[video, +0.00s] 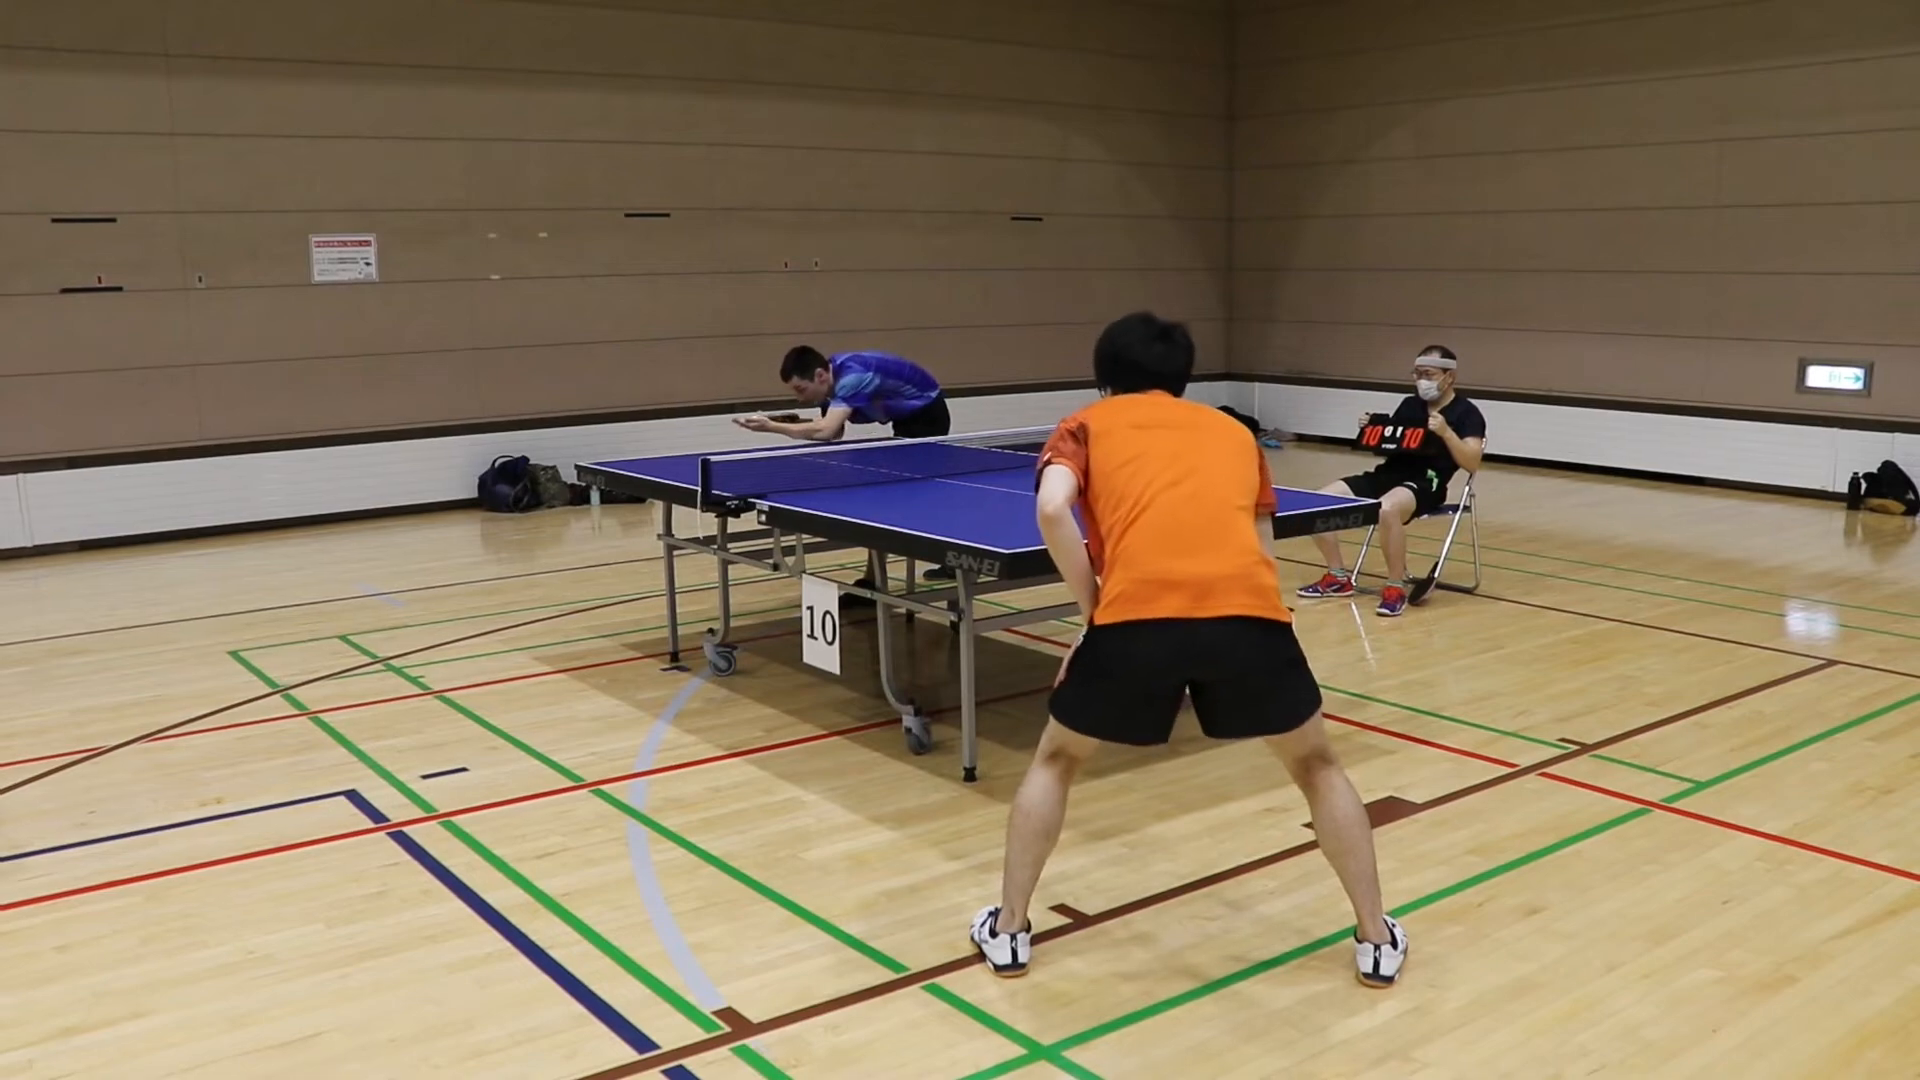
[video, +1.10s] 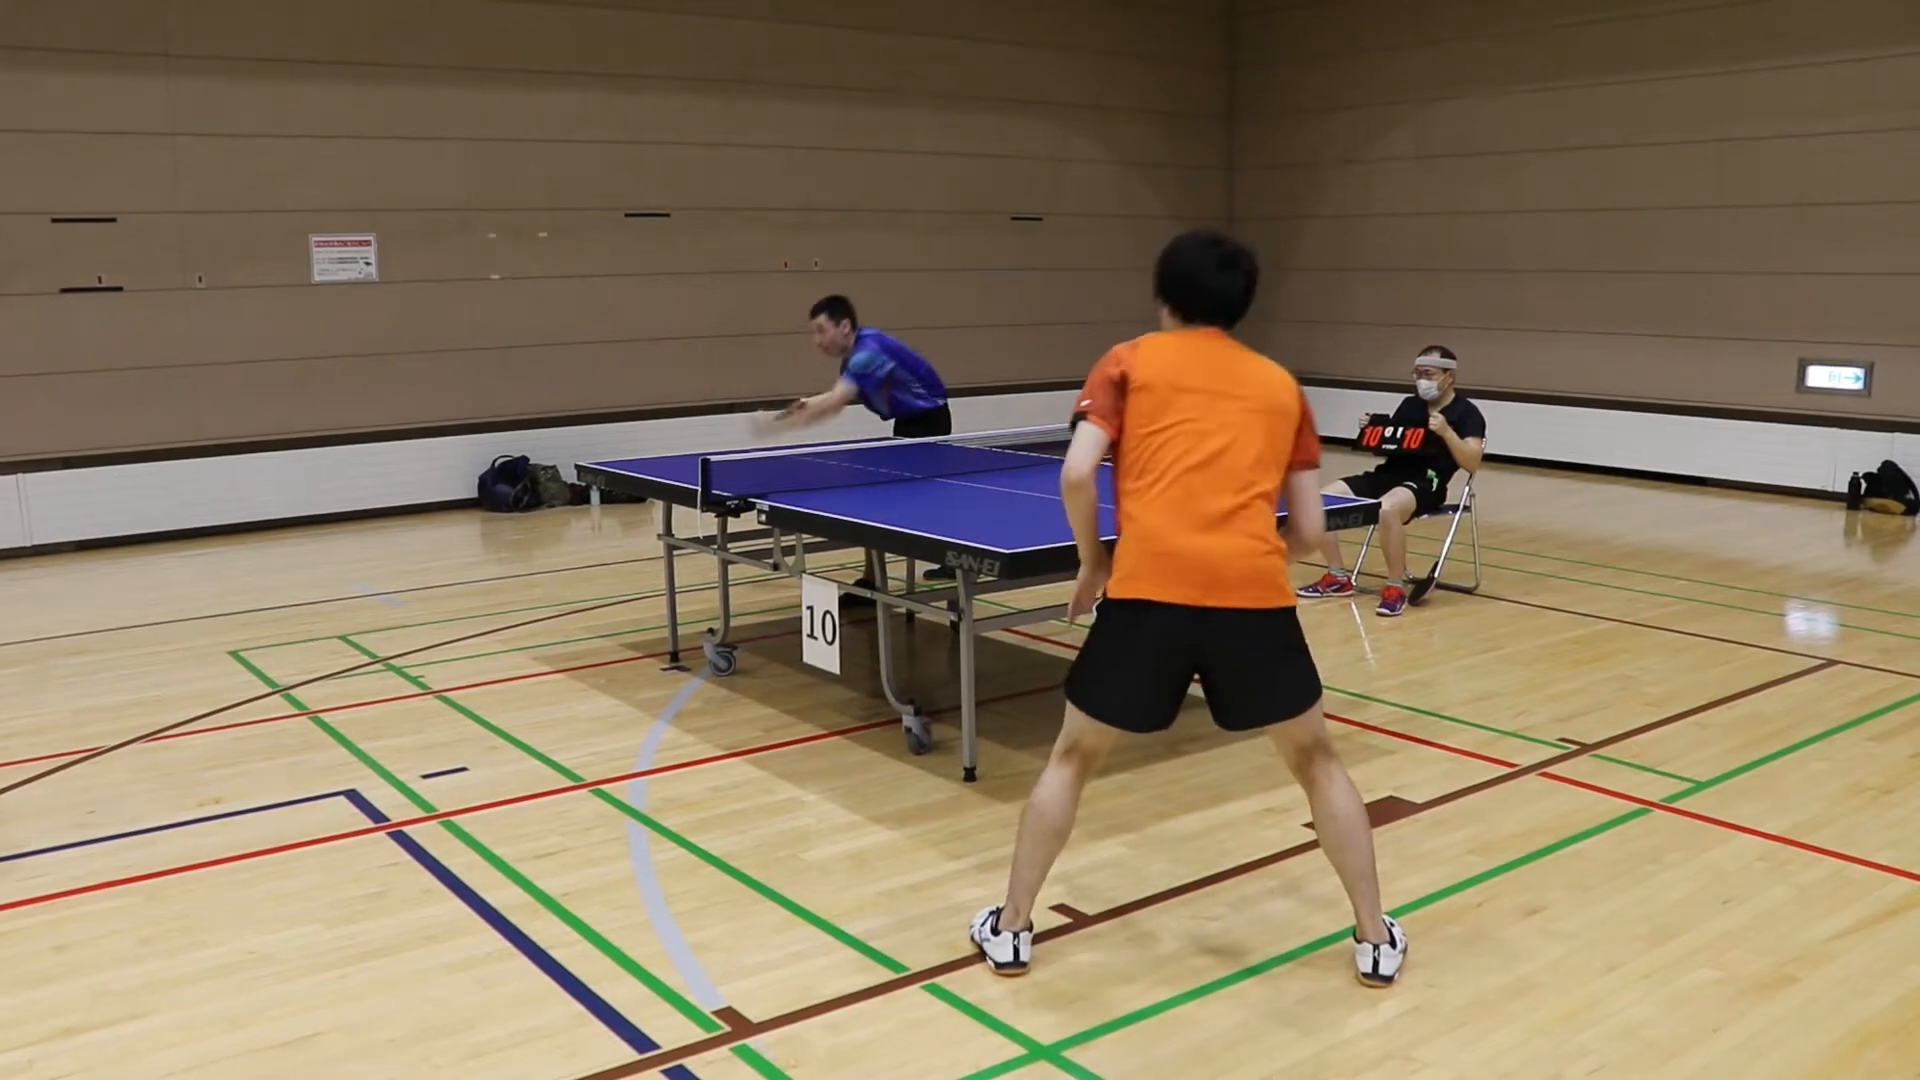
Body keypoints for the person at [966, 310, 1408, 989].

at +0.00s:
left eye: (1099, 374)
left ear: (1104, 376)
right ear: (1183, 378)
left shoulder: (1085, 424)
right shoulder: (1234, 430)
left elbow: (1052, 507)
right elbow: (1260, 546)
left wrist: (1094, 611)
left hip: (1134, 630)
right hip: (1249, 628)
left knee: (1056, 760)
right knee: (1317, 766)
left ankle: (1009, 929)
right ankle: (1378, 938)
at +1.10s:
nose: (1152, 306)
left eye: (1156, 295)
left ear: (1162, 299)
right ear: (1240, 306)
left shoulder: (1131, 361)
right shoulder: (1280, 386)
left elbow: (1076, 472)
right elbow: (1309, 532)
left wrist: (1093, 563)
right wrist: (1247, 543)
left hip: (1147, 596)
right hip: (1253, 603)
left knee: (1073, 757)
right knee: (1315, 757)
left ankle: (1013, 929)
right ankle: (1376, 937)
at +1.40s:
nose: (1215, 279)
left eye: (1217, 268)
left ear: (1223, 274)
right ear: (1300, 283)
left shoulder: (1189, 339)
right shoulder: (1332, 368)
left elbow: (1141, 447)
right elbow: (1357, 507)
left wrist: (1104, 512)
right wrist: (1294, 519)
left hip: (1191, 580)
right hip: (1296, 591)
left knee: (1107, 708)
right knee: (1340, 750)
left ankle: (1053, 875)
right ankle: (1376, 936)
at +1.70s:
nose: (1146, 292)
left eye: (1148, 282)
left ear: (1155, 289)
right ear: (1228, 292)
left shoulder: (1133, 360)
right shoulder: (1263, 371)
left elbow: (1093, 472)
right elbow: (1306, 501)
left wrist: (1052, 525)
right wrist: (1249, 511)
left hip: (1162, 591)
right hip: (1263, 595)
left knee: (1085, 712)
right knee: (1314, 724)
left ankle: (1052, 875)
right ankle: (1361, 884)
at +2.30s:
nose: (1133, 350)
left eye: (1134, 340)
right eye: (1137, 340)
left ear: (1144, 344)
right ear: (1206, 340)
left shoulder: (1141, 402)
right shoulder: (1247, 399)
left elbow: (1074, 512)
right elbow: (1300, 481)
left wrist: (1052, 509)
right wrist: (1240, 496)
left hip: (1203, 606)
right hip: (1282, 599)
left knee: (1064, 689)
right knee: (1277, 686)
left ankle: (1034, 859)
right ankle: (1324, 821)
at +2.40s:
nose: (1115, 368)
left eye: (1116, 358)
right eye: (1118, 357)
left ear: (1127, 361)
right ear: (1187, 357)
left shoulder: (1127, 417)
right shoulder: (1231, 415)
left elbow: (1051, 525)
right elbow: (1272, 484)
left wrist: (1032, 513)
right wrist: (1212, 499)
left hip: (1190, 627)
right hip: (1272, 620)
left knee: (1049, 708)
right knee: (1268, 693)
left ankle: (998, 875)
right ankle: (1323, 822)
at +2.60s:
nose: (1048, 384)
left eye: (1049, 372)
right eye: (1048, 372)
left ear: (1062, 372)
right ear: (1121, 364)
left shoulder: (1068, 421)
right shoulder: (1168, 422)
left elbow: (995, 512)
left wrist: (978, 499)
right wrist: (1063, 497)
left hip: (1128, 640)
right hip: (1213, 636)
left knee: (983, 706)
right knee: (1236, 711)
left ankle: (982, 880)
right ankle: (1317, 823)